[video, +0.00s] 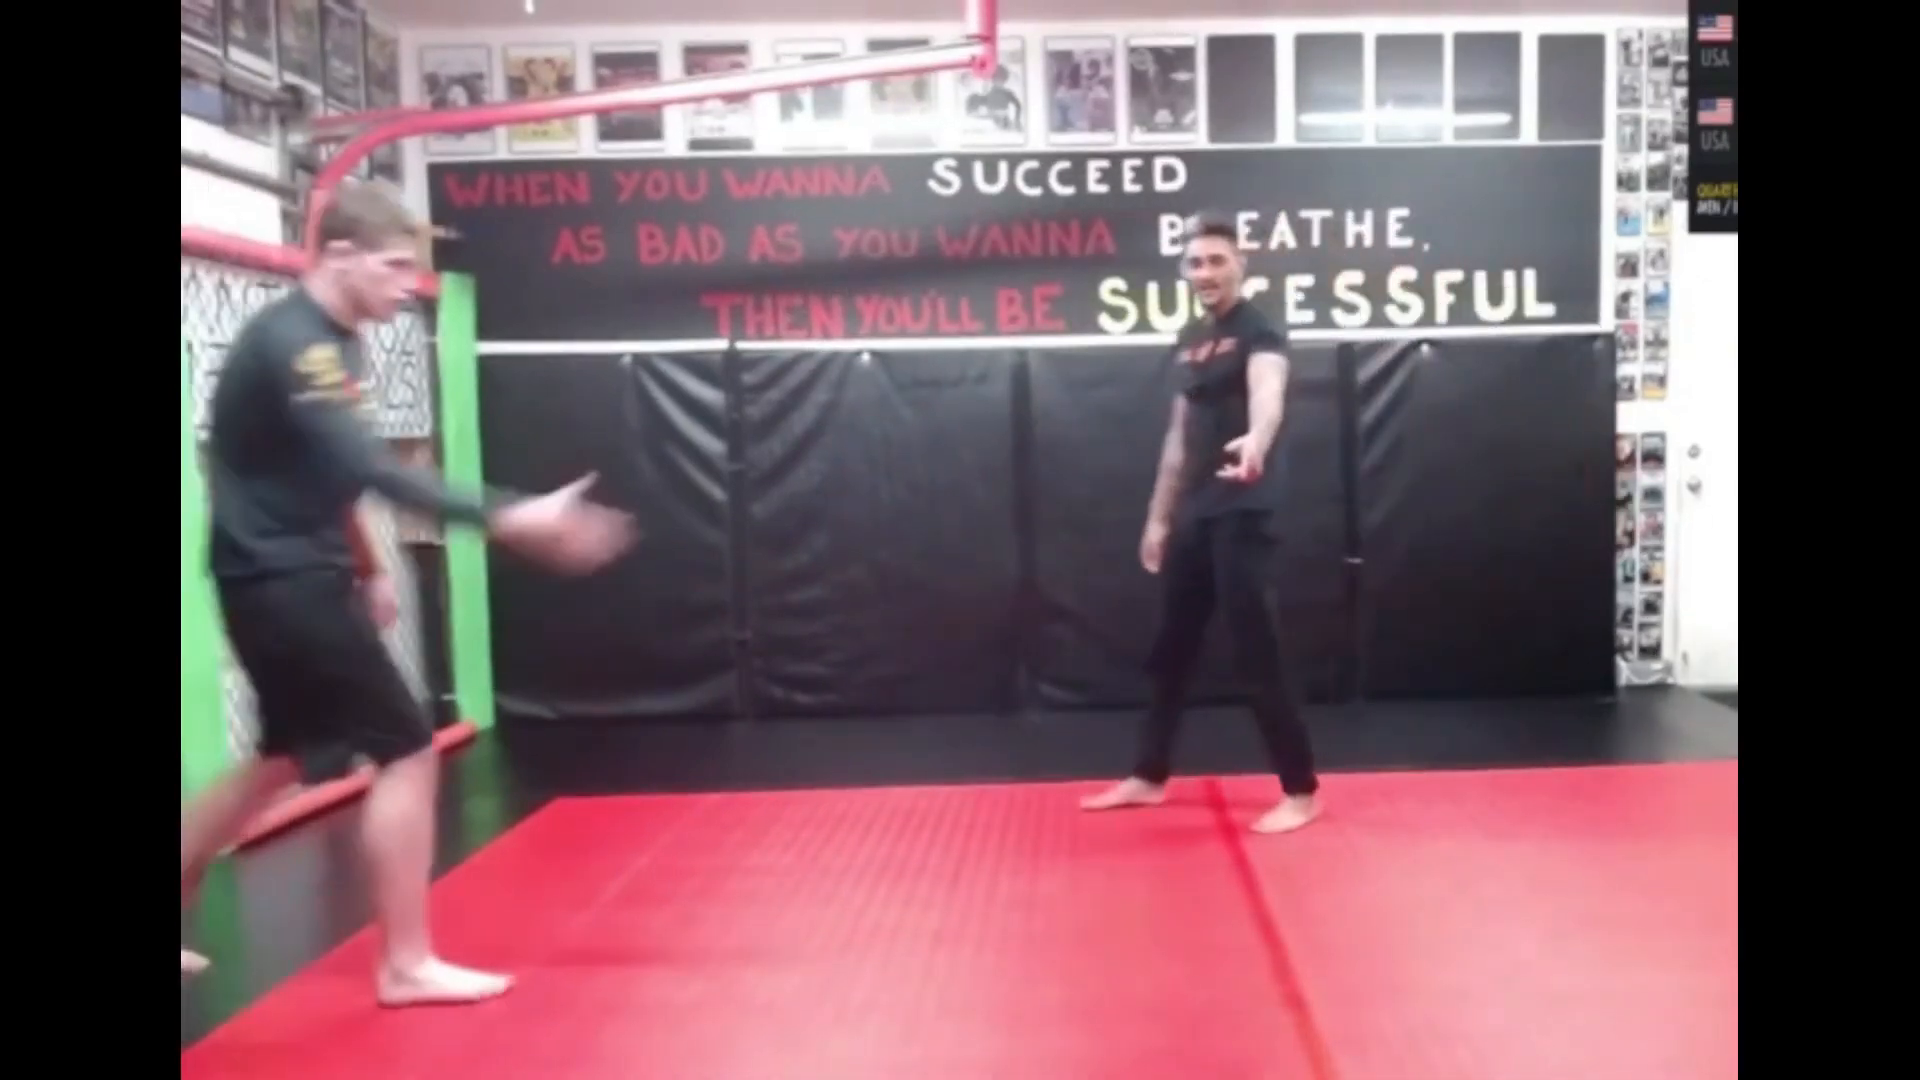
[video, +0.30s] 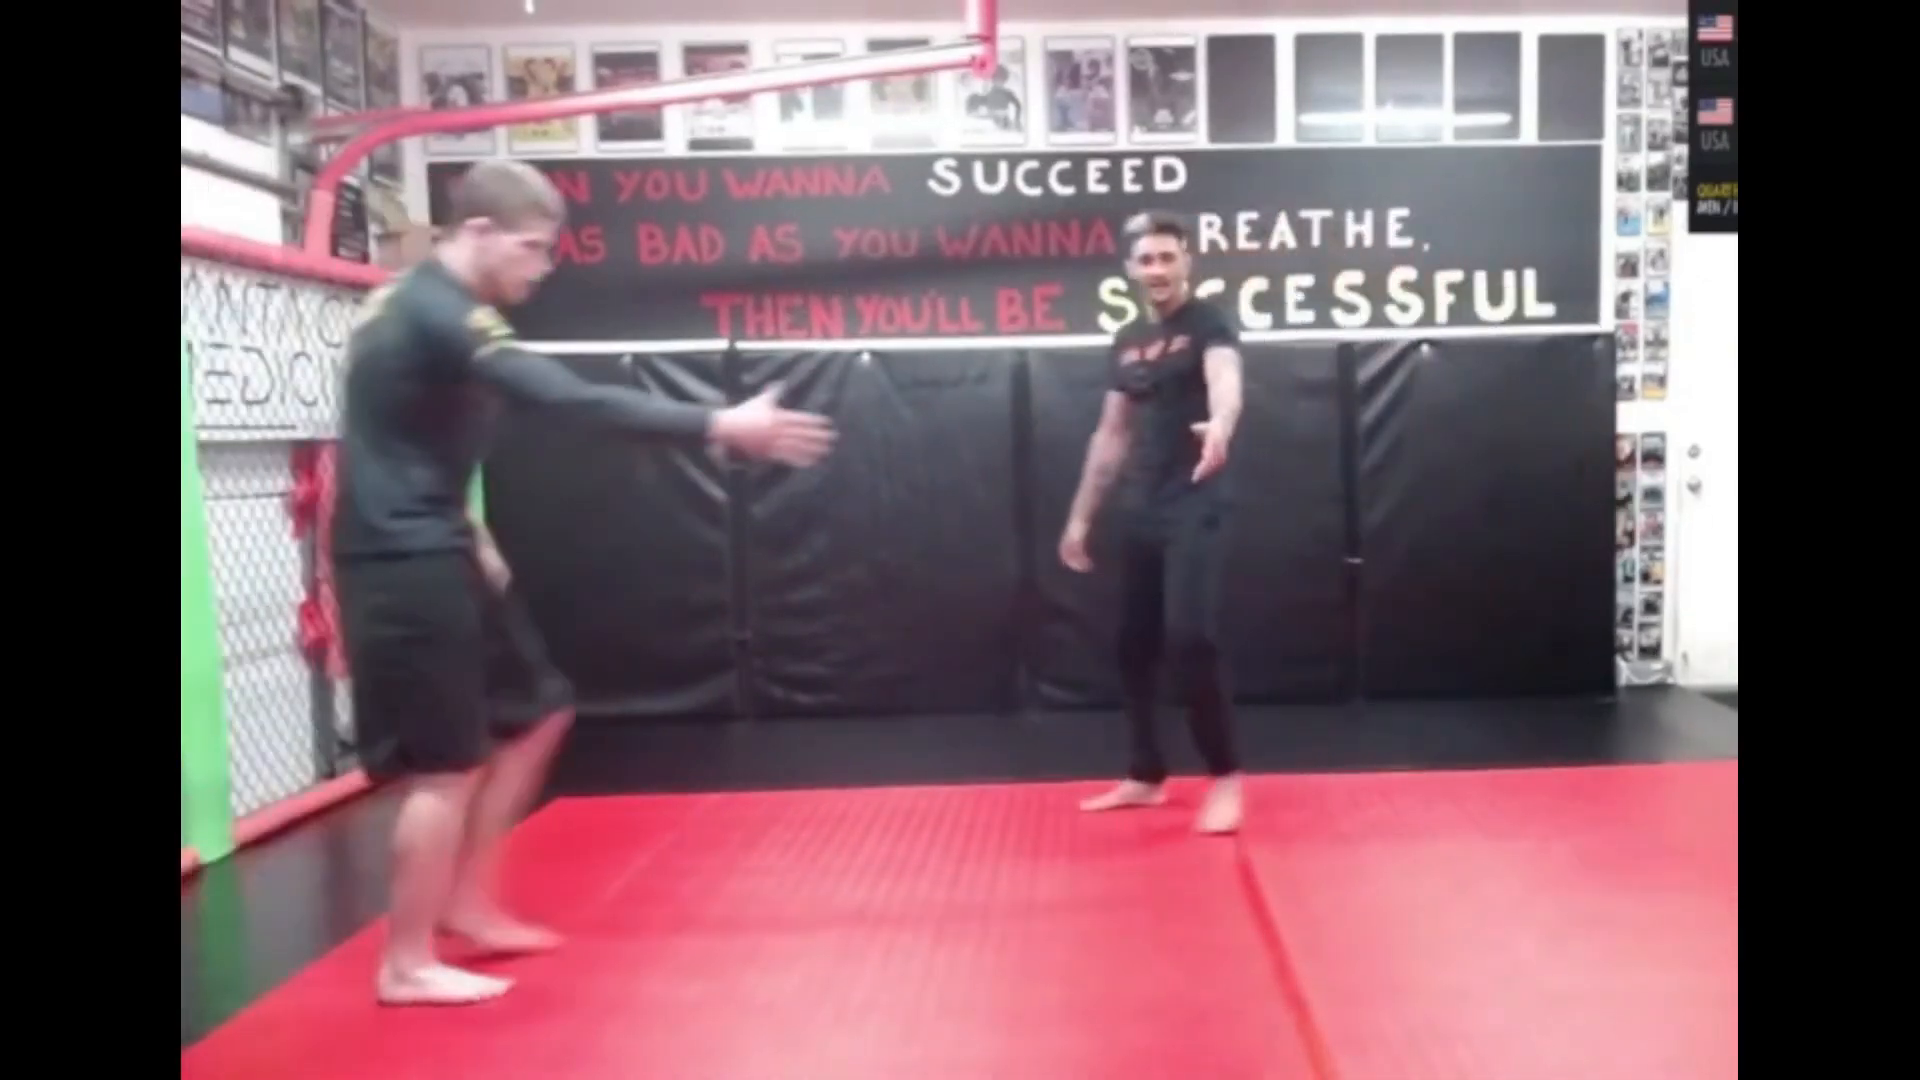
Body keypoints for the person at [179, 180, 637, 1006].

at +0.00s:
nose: (408, 291)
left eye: (412, 275)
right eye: (399, 272)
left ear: (358, 263)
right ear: (344, 258)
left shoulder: (324, 333)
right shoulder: (294, 339)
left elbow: (331, 475)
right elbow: (372, 466)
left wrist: (369, 564)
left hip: (282, 575)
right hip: (282, 578)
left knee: (278, 756)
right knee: (405, 749)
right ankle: (407, 963)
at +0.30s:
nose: (543, 270)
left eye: (548, 253)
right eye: (534, 251)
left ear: (476, 238)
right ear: (478, 234)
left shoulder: (431, 300)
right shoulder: (438, 310)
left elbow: (422, 445)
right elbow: (564, 392)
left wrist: (470, 532)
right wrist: (719, 424)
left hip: (436, 551)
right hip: (399, 558)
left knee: (538, 711)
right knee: (445, 765)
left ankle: (469, 909)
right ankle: (406, 965)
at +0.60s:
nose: (722, 286)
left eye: (725, 269)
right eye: (716, 267)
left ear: (658, 255)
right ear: (666, 251)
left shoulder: (590, 313)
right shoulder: (627, 320)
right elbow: (750, 404)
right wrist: (904, 422)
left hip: (609, 563)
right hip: (600, 568)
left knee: (718, 718)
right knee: (675, 750)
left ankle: (720, 913)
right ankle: (509, 888)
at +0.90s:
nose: (896, 308)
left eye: (899, 291)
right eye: (890, 289)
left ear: (828, 274)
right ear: (841, 272)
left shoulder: (741, 309)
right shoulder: (813, 342)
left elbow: (706, 437)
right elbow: (944, 427)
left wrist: (768, 521)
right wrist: (1085, 439)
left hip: (679, 539)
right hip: (728, 546)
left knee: (764, 727)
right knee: (843, 726)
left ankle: (721, 907)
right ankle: (906, 926)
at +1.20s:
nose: (994, 350)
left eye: (998, 334)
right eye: (991, 331)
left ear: (933, 312)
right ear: (946, 314)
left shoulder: (839, 327)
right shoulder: (921, 376)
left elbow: (756, 409)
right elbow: (962, 517)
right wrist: (1082, 504)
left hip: (707, 531)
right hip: (774, 547)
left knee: (765, 731)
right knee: (880, 726)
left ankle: (720, 909)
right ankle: (907, 928)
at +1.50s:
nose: (1002, 342)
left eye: (1007, 326)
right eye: (998, 322)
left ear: (940, 306)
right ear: (950, 305)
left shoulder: (868, 323)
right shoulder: (913, 363)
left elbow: (797, 428)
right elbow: (943, 509)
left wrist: (839, 522)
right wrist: (1033, 452)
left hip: (720, 525)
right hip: (779, 543)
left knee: (761, 729)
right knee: (872, 728)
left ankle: (719, 910)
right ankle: (903, 928)